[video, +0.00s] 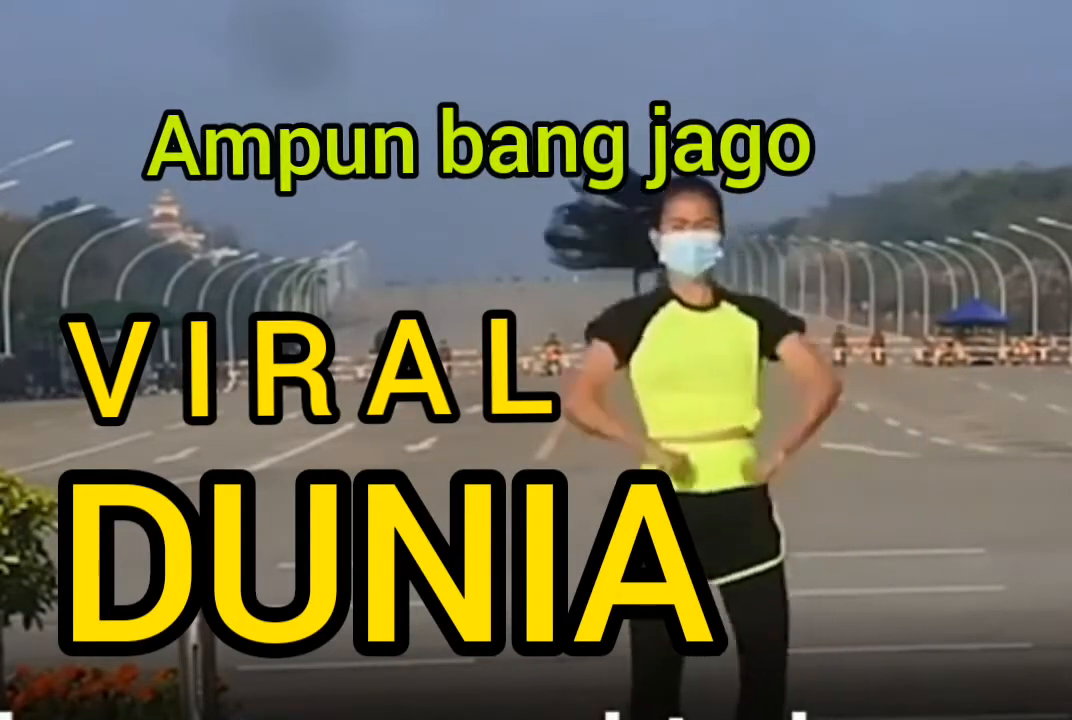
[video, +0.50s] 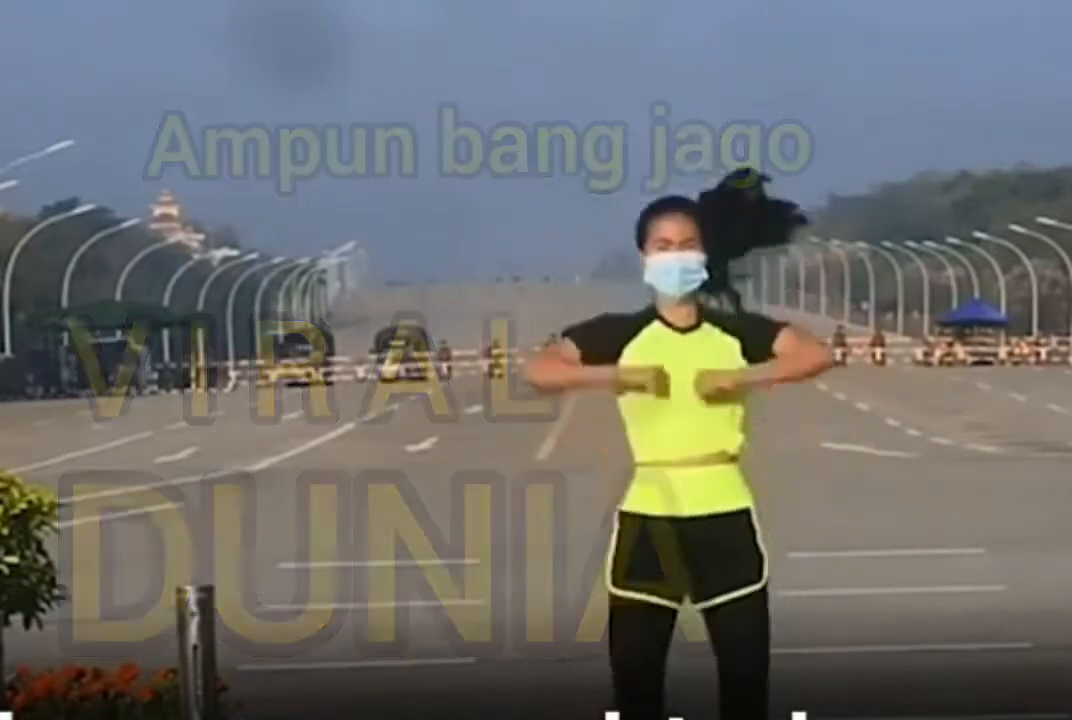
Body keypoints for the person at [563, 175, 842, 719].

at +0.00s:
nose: (693, 238)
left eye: (705, 226)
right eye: (679, 226)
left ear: (721, 238)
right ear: (658, 239)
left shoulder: (756, 316)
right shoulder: (631, 318)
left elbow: (824, 385)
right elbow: (578, 399)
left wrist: (779, 455)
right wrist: (639, 445)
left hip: (740, 508)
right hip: (658, 511)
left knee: (767, 666)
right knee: (654, 672)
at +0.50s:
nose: (676, 257)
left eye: (688, 244)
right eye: (663, 246)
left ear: (706, 255)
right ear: (643, 259)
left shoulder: (737, 330)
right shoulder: (620, 333)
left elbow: (817, 356)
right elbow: (539, 371)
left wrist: (742, 379)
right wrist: (620, 377)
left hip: (725, 519)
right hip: (646, 522)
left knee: (745, 682)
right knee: (635, 684)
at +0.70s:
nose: (684, 211)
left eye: (696, 199)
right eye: (669, 200)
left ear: (713, 210)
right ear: (648, 213)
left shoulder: (750, 288)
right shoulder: (625, 295)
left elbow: (814, 362)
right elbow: (568, 379)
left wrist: (785, 440)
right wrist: (626, 458)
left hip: (743, 485)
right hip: (660, 486)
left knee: (761, 650)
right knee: (661, 652)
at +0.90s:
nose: (698, 236)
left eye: (710, 223)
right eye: (684, 225)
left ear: (728, 234)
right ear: (662, 237)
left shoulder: (764, 311)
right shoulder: (641, 321)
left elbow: (783, 379)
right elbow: (635, 397)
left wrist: (812, 429)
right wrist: (642, 450)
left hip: (759, 497)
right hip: (679, 502)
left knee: (812, 650)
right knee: (664, 662)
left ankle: (841, 719)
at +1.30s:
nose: (732, 216)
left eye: (743, 202)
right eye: (716, 204)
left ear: (762, 213)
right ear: (695, 218)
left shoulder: (796, 292)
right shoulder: (674, 296)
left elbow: (817, 384)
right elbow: (679, 371)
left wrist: (836, 406)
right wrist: (688, 419)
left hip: (786, 484)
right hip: (704, 487)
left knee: (832, 650)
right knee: (679, 659)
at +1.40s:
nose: (739, 244)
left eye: (749, 232)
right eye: (724, 233)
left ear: (767, 242)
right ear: (703, 247)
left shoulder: (800, 315)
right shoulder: (680, 317)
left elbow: (818, 356)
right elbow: (689, 365)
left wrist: (838, 357)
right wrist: (689, 356)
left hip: (786, 508)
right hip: (706, 512)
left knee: (842, 672)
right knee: (675, 680)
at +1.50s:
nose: (753, 264)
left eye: (765, 252)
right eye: (739, 254)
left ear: (783, 265)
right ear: (718, 270)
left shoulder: (809, 340)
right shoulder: (703, 338)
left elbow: (828, 351)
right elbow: (691, 367)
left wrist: (840, 335)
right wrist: (699, 343)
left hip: (801, 535)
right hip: (720, 536)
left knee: (852, 695)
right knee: (682, 698)